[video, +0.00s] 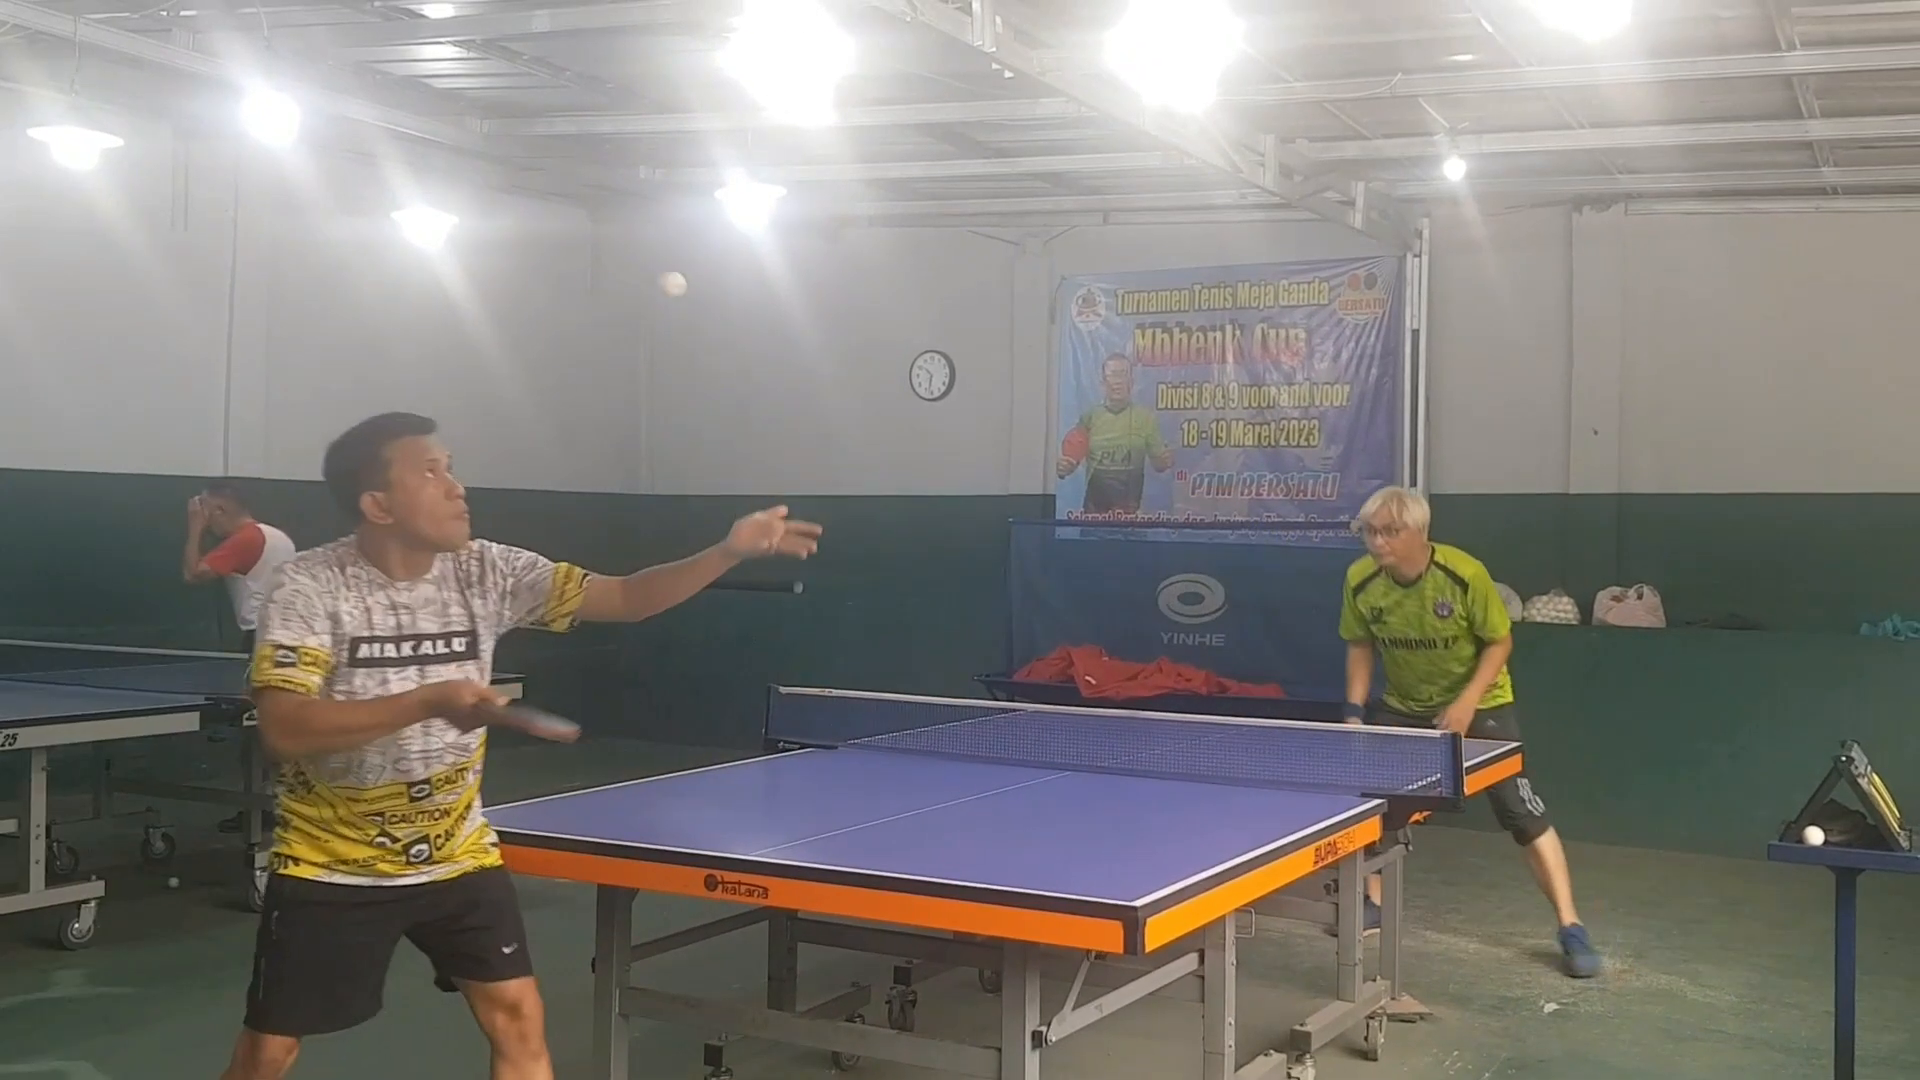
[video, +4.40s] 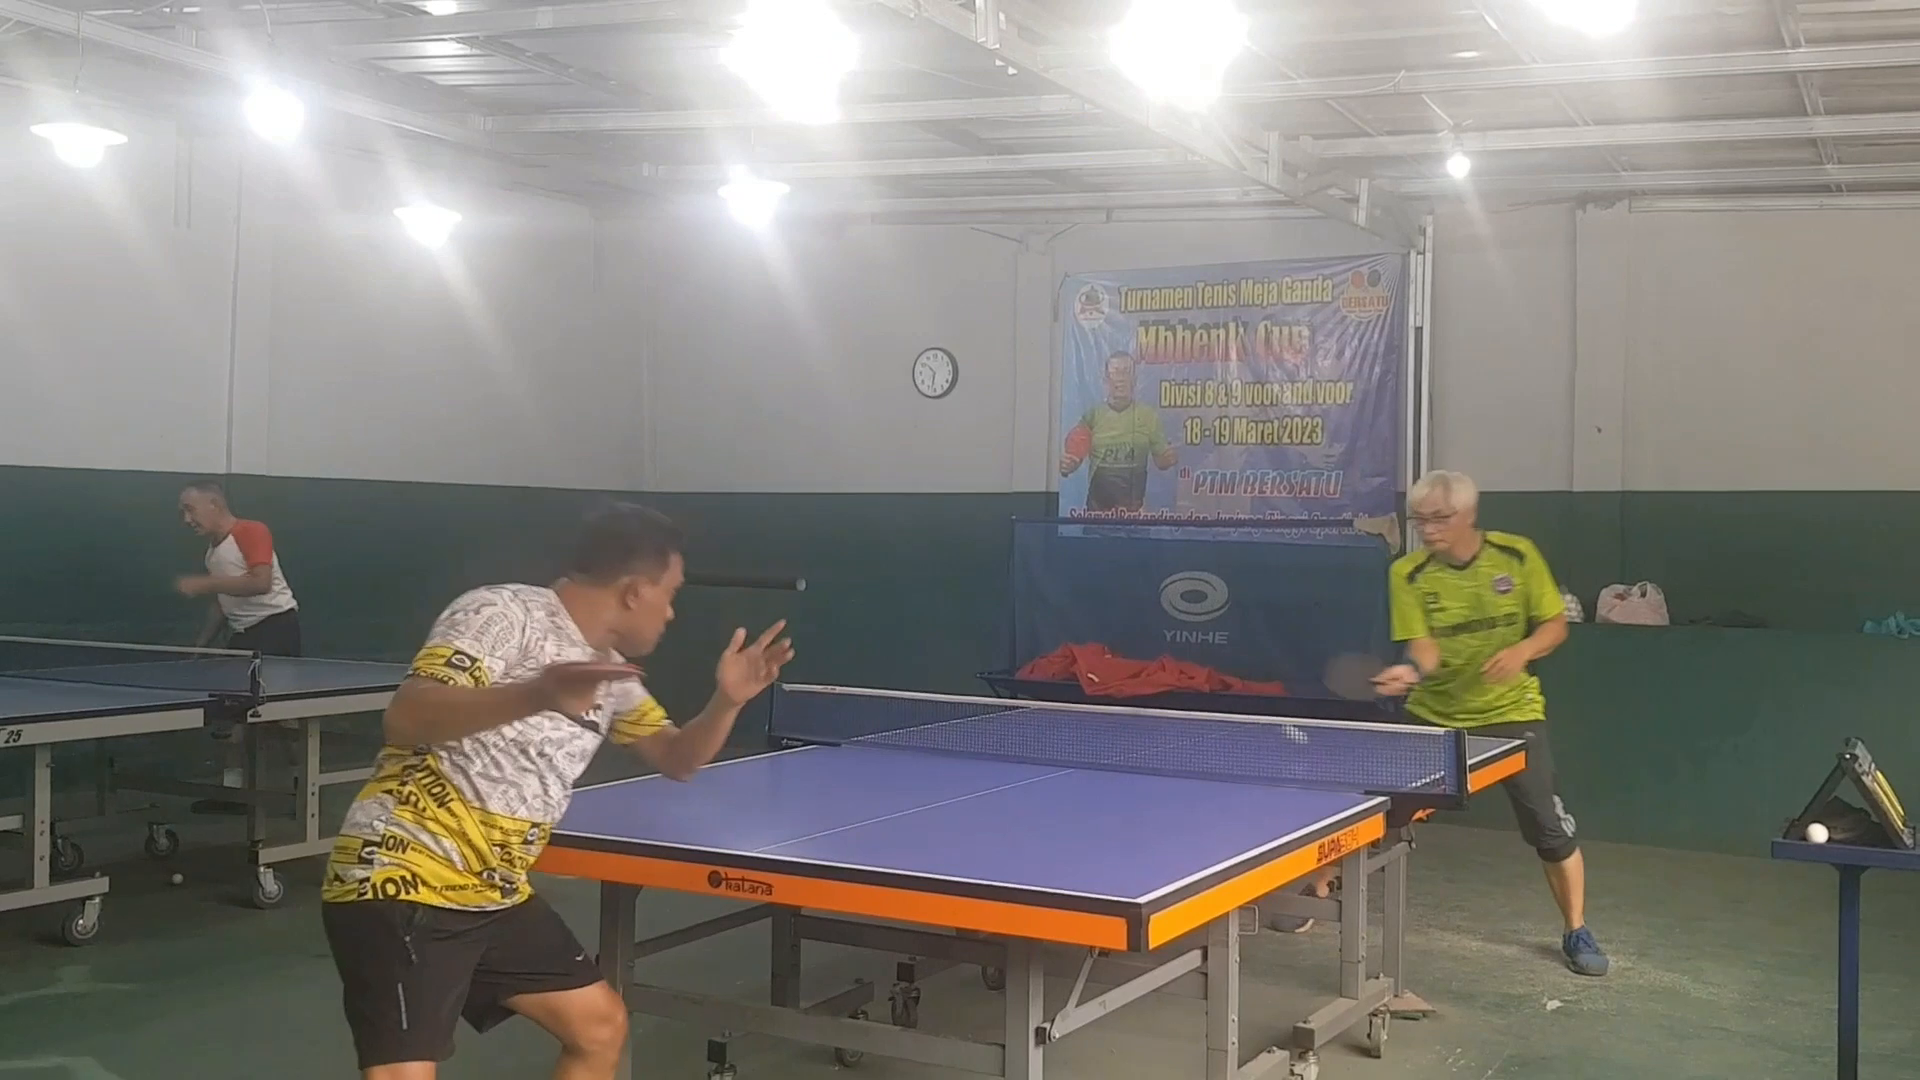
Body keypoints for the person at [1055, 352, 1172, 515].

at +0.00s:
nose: (1116, 382)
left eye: (1122, 375)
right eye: (1111, 375)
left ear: (1131, 380)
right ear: (1103, 381)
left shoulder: (1144, 418)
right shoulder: (1090, 418)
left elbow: (1157, 462)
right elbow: (1074, 450)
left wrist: (1164, 460)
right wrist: (1064, 466)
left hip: (1129, 505)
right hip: (1095, 506)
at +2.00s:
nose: (1117, 382)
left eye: (1123, 375)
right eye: (1111, 375)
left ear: (1132, 380)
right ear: (1102, 380)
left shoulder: (1145, 418)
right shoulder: (1091, 417)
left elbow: (1158, 462)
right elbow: (1074, 450)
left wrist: (1165, 460)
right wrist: (1064, 466)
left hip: (1131, 506)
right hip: (1096, 506)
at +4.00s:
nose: (1120, 378)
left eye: (1126, 372)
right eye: (1114, 372)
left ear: (1134, 379)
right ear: (1105, 378)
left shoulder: (1147, 416)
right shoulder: (1093, 416)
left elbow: (1161, 461)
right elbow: (1077, 449)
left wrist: (1168, 458)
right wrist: (1067, 464)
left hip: (1133, 504)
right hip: (1098, 505)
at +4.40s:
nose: (1119, 379)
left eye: (1125, 372)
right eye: (1114, 373)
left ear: (1134, 379)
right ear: (1105, 379)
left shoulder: (1147, 416)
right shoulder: (1093, 416)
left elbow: (1160, 460)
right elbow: (1076, 449)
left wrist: (1169, 458)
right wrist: (1067, 465)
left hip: (1133, 508)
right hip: (1098, 507)